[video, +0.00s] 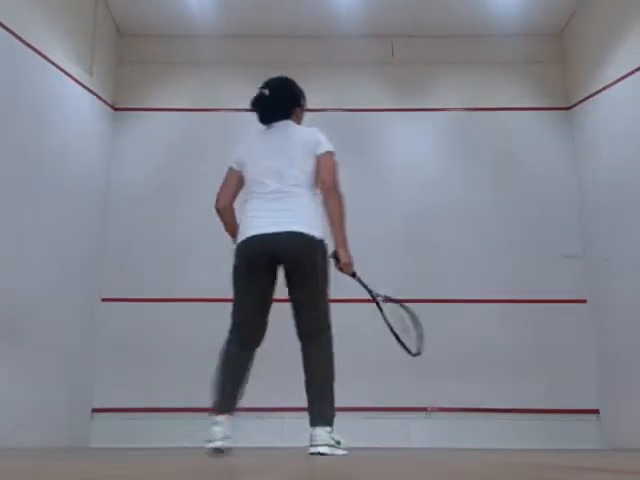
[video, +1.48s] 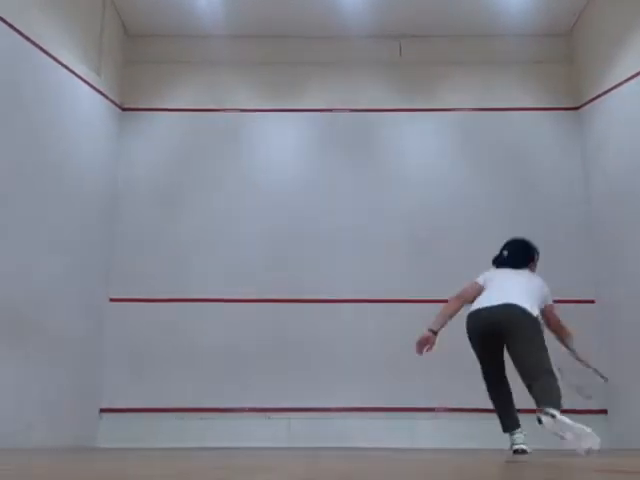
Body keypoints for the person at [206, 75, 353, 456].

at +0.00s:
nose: (304, 112)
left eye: (302, 107)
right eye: (303, 107)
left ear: (263, 111)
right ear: (297, 110)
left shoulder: (248, 145)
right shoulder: (313, 138)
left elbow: (223, 202)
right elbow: (329, 188)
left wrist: (241, 239)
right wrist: (342, 246)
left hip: (254, 242)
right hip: (303, 240)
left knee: (244, 332)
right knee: (315, 334)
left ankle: (221, 420)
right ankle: (322, 430)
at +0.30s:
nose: (337, 120)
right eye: (336, 114)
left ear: (296, 122)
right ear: (333, 120)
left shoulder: (288, 156)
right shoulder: (353, 151)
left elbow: (251, 201)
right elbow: (391, 199)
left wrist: (227, 243)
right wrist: (400, 248)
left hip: (296, 251)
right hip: (349, 251)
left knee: (267, 339)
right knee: (386, 332)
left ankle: (245, 428)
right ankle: (432, 414)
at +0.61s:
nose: (412, 132)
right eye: (410, 128)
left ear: (369, 134)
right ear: (404, 130)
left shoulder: (357, 168)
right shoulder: (421, 157)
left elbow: (331, 224)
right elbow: (465, 200)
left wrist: (317, 265)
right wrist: (488, 233)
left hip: (385, 255)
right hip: (437, 249)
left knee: (372, 343)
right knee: (472, 324)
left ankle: (366, 426)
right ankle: (496, 407)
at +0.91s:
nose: (538, 164)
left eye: (537, 160)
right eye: (537, 159)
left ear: (499, 160)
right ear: (530, 159)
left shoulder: (478, 192)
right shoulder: (531, 183)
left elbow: (443, 233)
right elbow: (590, 219)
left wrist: (407, 260)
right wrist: (638, 224)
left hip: (457, 280)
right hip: (498, 274)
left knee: (471, 372)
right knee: (568, 341)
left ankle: (414, 387)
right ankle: (581, 432)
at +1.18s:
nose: (564, 215)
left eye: (564, 210)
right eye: (563, 210)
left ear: (528, 209)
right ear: (557, 211)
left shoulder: (504, 233)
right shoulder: (558, 233)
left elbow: (468, 256)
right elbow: (590, 271)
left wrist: (429, 267)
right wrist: (628, 284)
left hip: (475, 305)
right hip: (513, 301)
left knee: (496, 362)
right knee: (560, 360)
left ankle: (501, 427)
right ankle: (579, 429)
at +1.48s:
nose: (537, 266)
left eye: (536, 262)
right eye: (536, 262)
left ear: (506, 258)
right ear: (531, 263)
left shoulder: (490, 275)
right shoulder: (537, 282)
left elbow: (460, 298)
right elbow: (552, 320)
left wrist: (433, 330)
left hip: (480, 319)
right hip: (518, 318)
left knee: (495, 379)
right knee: (538, 370)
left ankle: (515, 436)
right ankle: (550, 410)